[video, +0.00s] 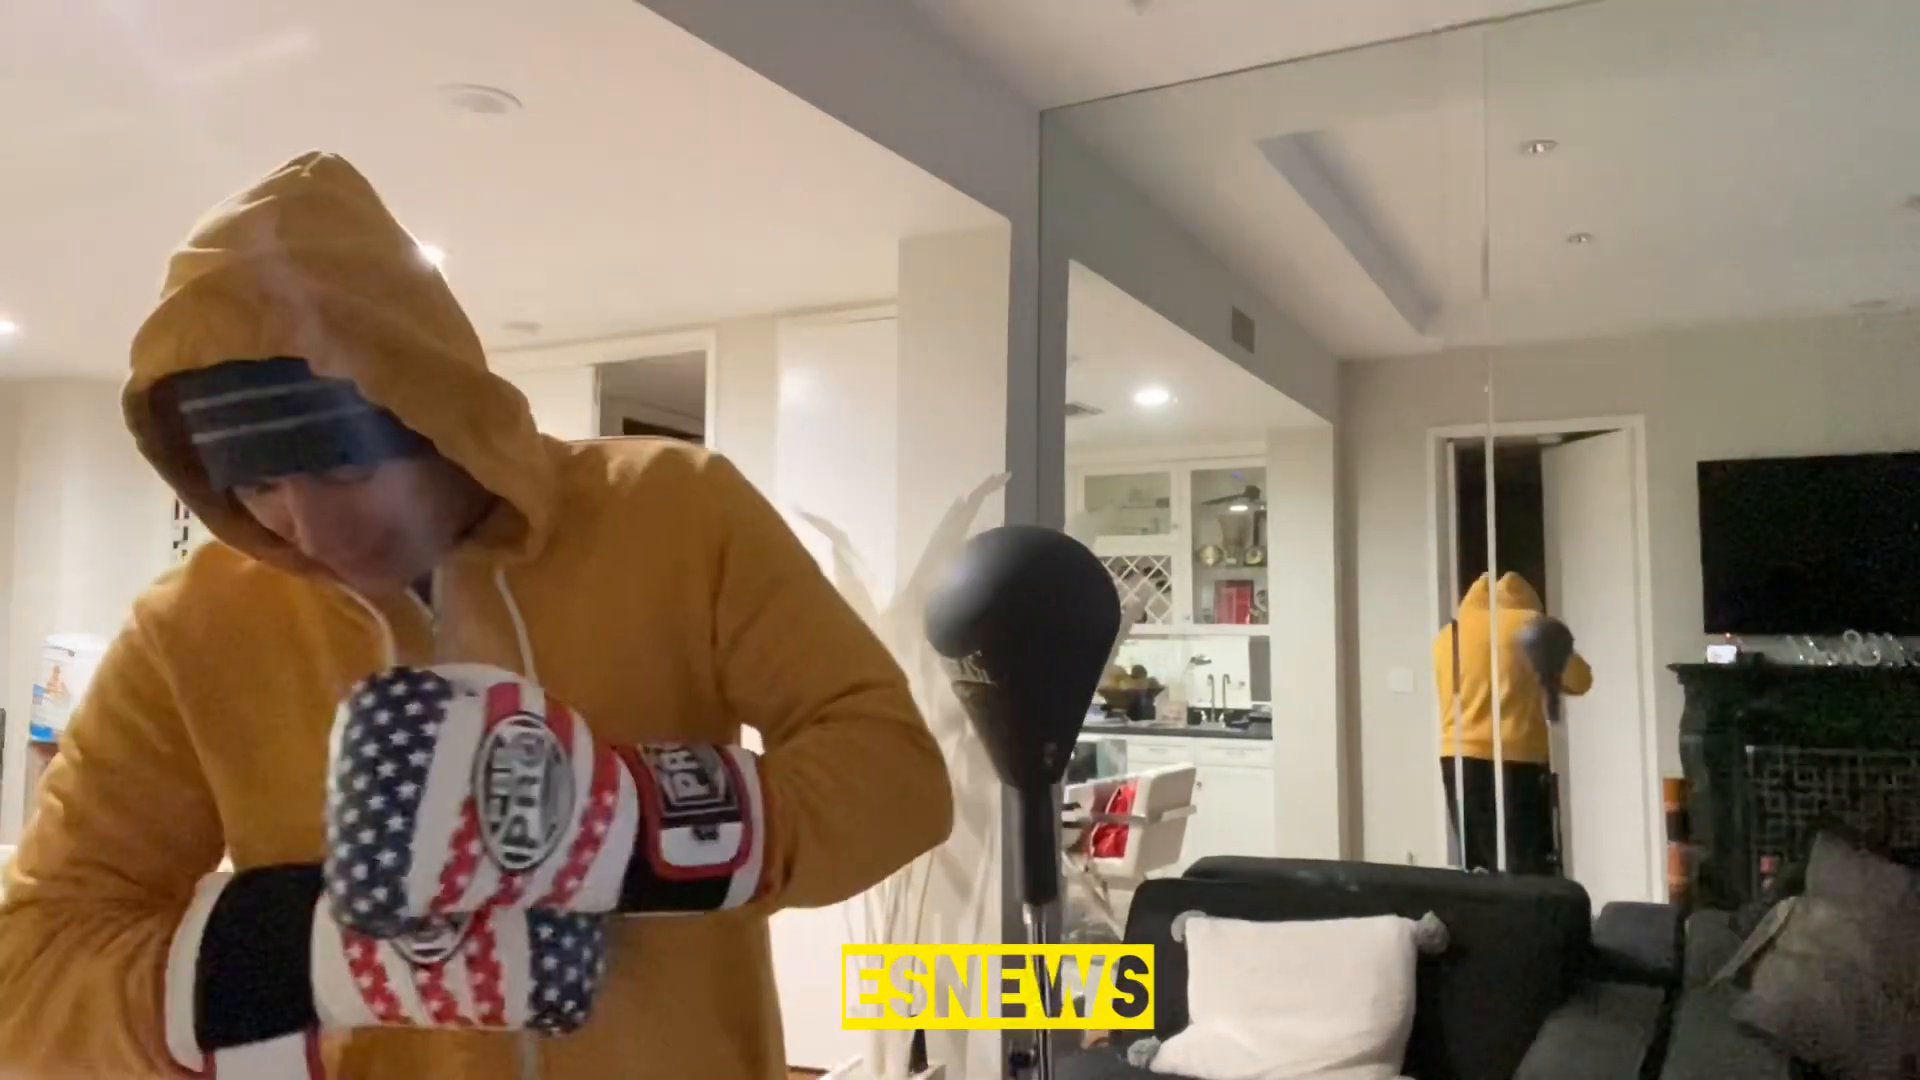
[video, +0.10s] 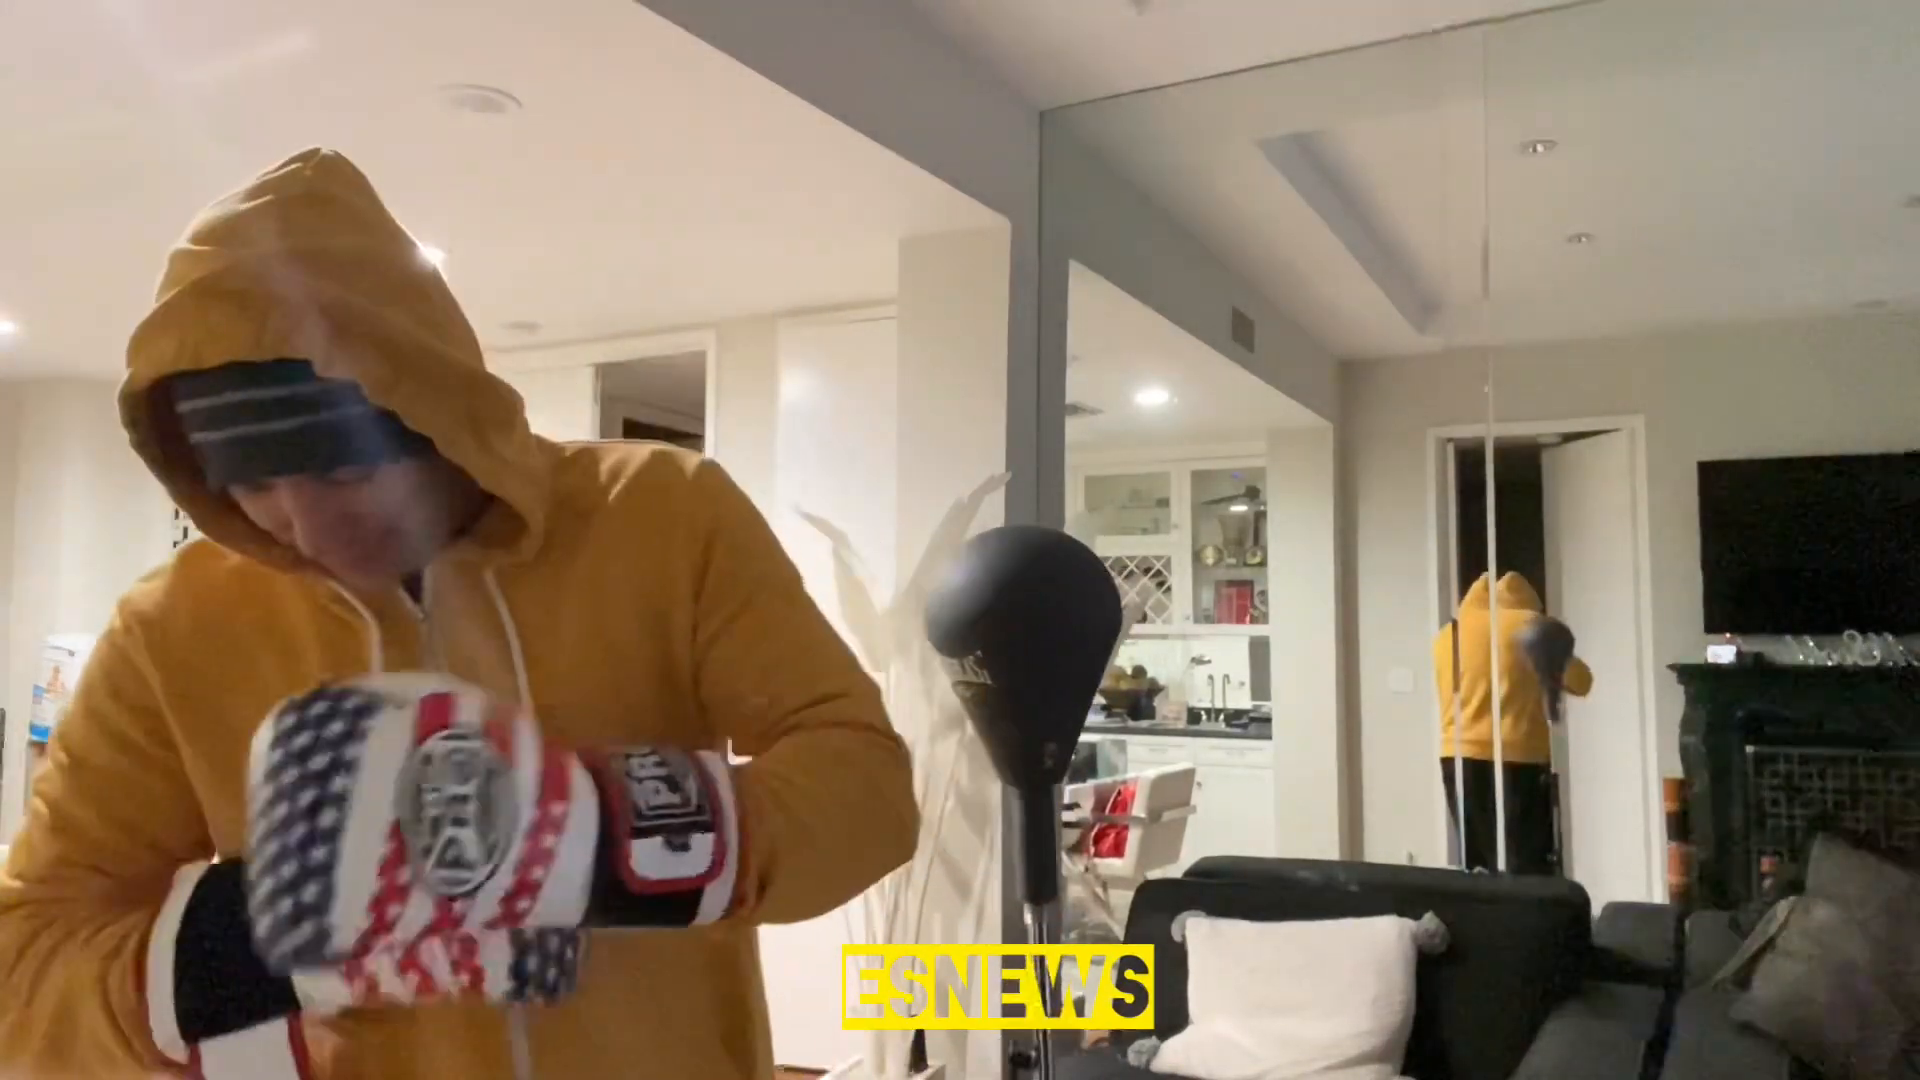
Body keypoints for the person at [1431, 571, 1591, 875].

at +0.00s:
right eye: (1532, 603)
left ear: (1475, 596)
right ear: (1525, 598)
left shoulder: (1448, 635)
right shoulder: (1532, 625)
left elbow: (1447, 690)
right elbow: (1578, 680)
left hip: (1461, 759)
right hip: (1522, 760)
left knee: (1475, 855)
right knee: (1528, 857)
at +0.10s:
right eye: (1532, 603)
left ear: (1475, 596)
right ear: (1524, 598)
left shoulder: (1448, 635)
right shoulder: (1532, 626)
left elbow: (1446, 690)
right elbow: (1580, 681)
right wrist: (1549, 658)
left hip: (1462, 759)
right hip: (1523, 759)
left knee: (1476, 853)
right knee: (1529, 855)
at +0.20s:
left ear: (1473, 596)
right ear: (1525, 597)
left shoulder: (1447, 635)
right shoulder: (1533, 627)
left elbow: (1447, 688)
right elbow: (1580, 680)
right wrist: (1554, 696)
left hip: (1461, 759)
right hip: (1523, 759)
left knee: (1475, 852)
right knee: (1528, 854)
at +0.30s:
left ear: (1471, 595)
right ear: (1524, 596)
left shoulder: (1446, 635)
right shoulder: (1532, 627)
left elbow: (1447, 690)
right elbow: (1582, 680)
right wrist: (1555, 708)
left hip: (1460, 760)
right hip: (1522, 760)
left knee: (1474, 853)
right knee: (1527, 855)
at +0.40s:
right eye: (1531, 599)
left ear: (1472, 594)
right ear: (1524, 595)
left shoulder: (1446, 633)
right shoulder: (1533, 628)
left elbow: (1446, 692)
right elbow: (1582, 683)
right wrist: (1553, 701)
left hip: (1459, 760)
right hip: (1521, 762)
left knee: (1473, 855)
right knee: (1527, 858)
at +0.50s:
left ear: (1470, 593)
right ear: (1525, 596)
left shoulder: (1445, 633)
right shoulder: (1532, 630)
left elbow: (1446, 691)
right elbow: (1582, 683)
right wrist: (1544, 696)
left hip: (1457, 764)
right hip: (1518, 766)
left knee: (1474, 860)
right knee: (1527, 862)